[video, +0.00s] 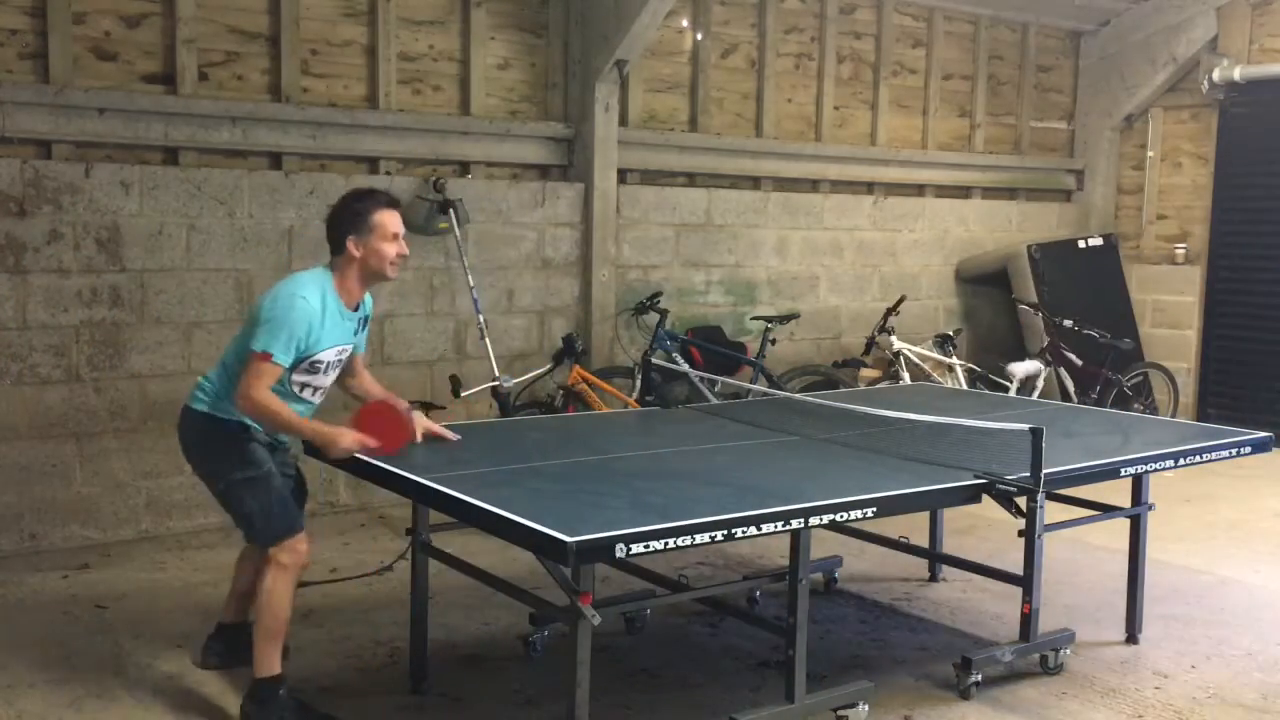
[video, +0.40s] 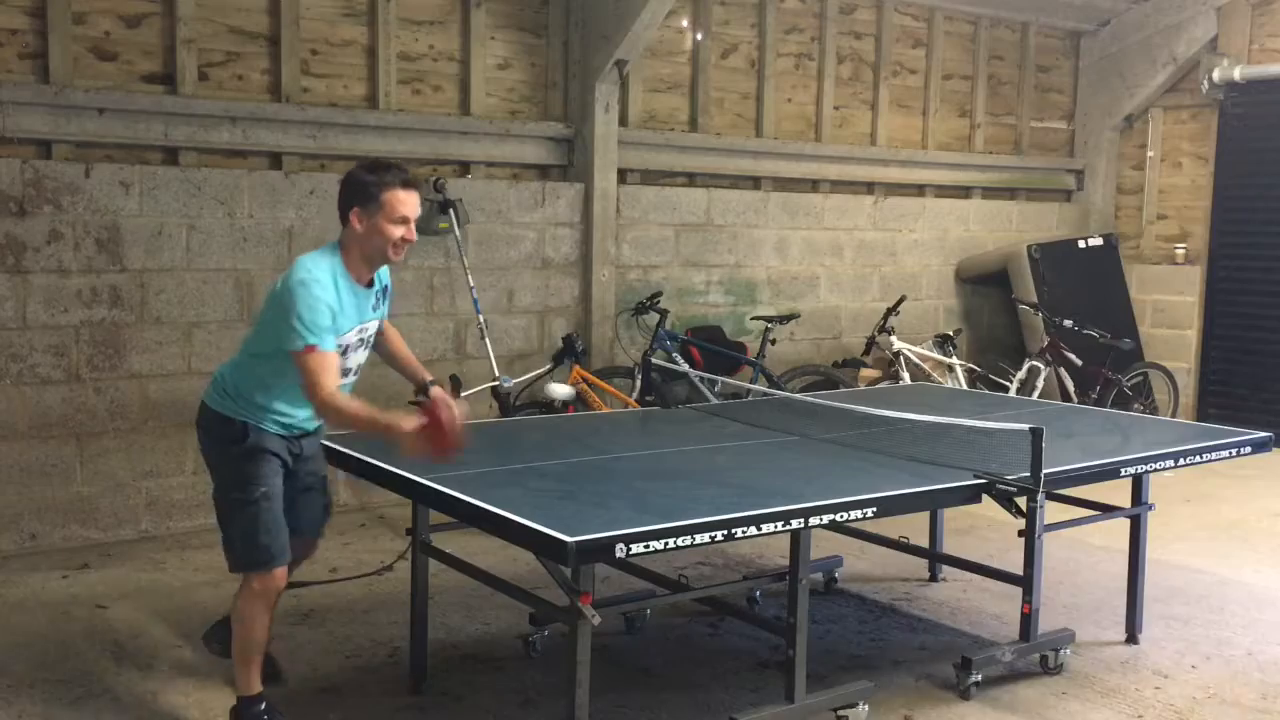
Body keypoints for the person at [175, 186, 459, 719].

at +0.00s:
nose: (403, 250)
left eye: (403, 238)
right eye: (392, 238)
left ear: (364, 247)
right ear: (354, 246)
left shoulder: (361, 303)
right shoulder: (298, 300)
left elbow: (350, 371)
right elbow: (250, 393)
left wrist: (404, 413)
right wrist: (322, 434)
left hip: (269, 429)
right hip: (220, 424)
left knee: (275, 532)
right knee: (289, 549)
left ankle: (229, 635)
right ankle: (267, 693)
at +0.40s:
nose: (411, 236)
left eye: (415, 223)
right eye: (400, 222)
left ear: (371, 223)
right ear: (357, 221)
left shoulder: (377, 275)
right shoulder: (310, 284)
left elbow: (377, 330)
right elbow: (327, 399)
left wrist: (428, 384)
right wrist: (400, 425)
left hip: (301, 427)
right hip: (246, 424)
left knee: (299, 545)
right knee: (267, 573)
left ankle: (235, 629)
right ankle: (248, 702)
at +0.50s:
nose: (429, 219)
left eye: (432, 207)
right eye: (419, 206)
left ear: (389, 209)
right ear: (374, 205)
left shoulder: (377, 265)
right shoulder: (330, 270)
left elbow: (375, 343)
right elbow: (370, 387)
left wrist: (417, 394)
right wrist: (474, 387)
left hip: (319, 429)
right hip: (258, 428)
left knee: (330, 549)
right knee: (267, 576)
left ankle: (274, 649)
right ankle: (248, 701)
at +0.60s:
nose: (450, 206)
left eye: (450, 194)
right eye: (444, 194)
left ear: (410, 199)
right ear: (408, 199)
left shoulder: (384, 260)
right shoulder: (360, 264)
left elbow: (354, 346)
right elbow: (420, 381)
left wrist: (403, 389)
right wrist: (513, 379)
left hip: (335, 438)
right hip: (270, 439)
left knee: (360, 565)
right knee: (268, 590)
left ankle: (336, 688)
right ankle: (250, 704)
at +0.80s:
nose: (490, 214)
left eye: (489, 202)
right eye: (488, 202)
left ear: (428, 206)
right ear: (470, 211)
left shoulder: (401, 270)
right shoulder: (426, 288)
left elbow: (367, 373)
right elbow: (483, 409)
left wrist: (428, 418)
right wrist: (559, 416)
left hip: (382, 469)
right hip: (323, 473)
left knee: (419, 607)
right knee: (353, 637)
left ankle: (401, 715)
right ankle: (273, 694)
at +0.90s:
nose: (511, 218)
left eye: (510, 206)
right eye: (510, 206)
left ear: (447, 210)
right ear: (494, 215)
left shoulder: (417, 273)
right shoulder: (459, 294)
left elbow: (407, 378)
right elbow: (496, 418)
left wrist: (467, 423)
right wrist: (567, 433)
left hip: (389, 470)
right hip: (353, 477)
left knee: (439, 609)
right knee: (429, 639)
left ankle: (404, 715)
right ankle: (335, 710)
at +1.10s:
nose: (542, 215)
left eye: (541, 204)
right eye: (542, 204)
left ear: (470, 209)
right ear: (533, 212)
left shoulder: (412, 283)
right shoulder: (524, 297)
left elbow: (354, 392)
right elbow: (530, 431)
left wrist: (426, 393)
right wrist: (566, 447)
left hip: (366, 482)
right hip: (436, 493)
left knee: (428, 636)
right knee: (503, 675)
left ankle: (407, 716)